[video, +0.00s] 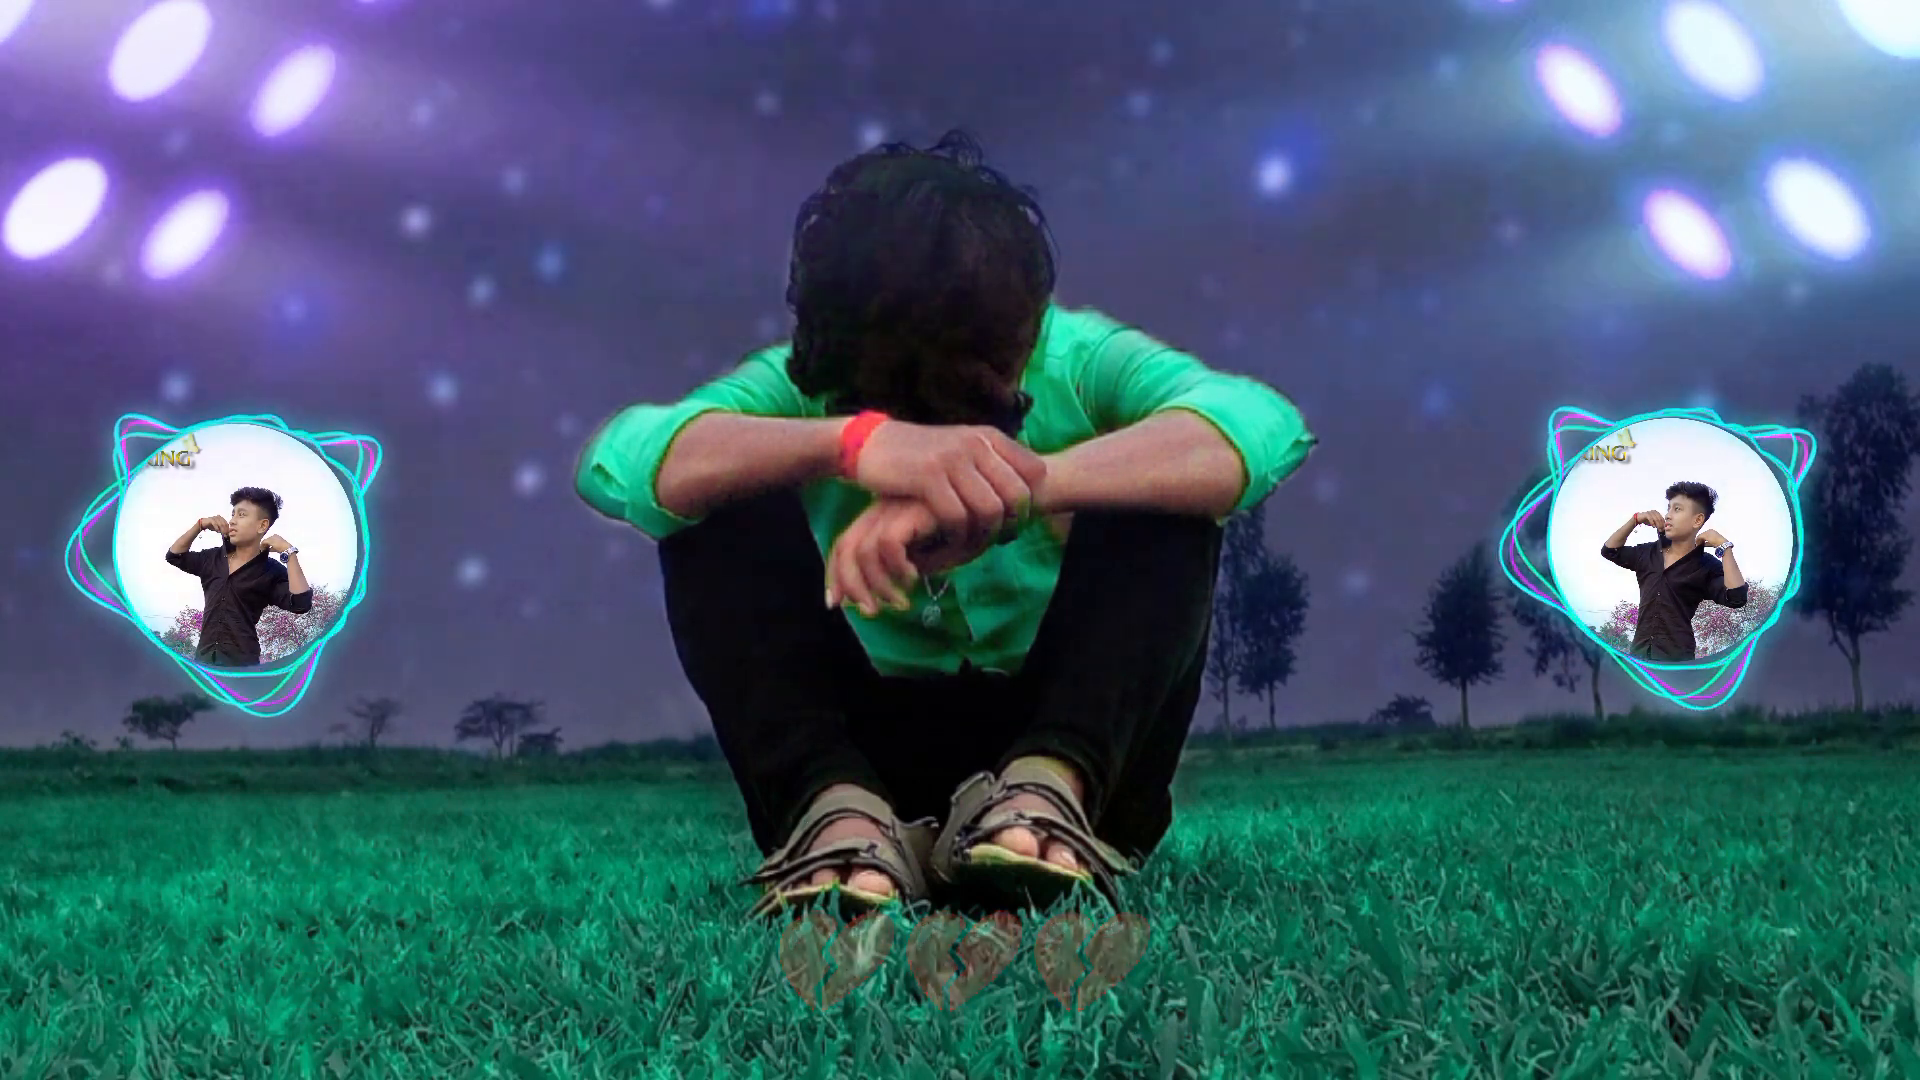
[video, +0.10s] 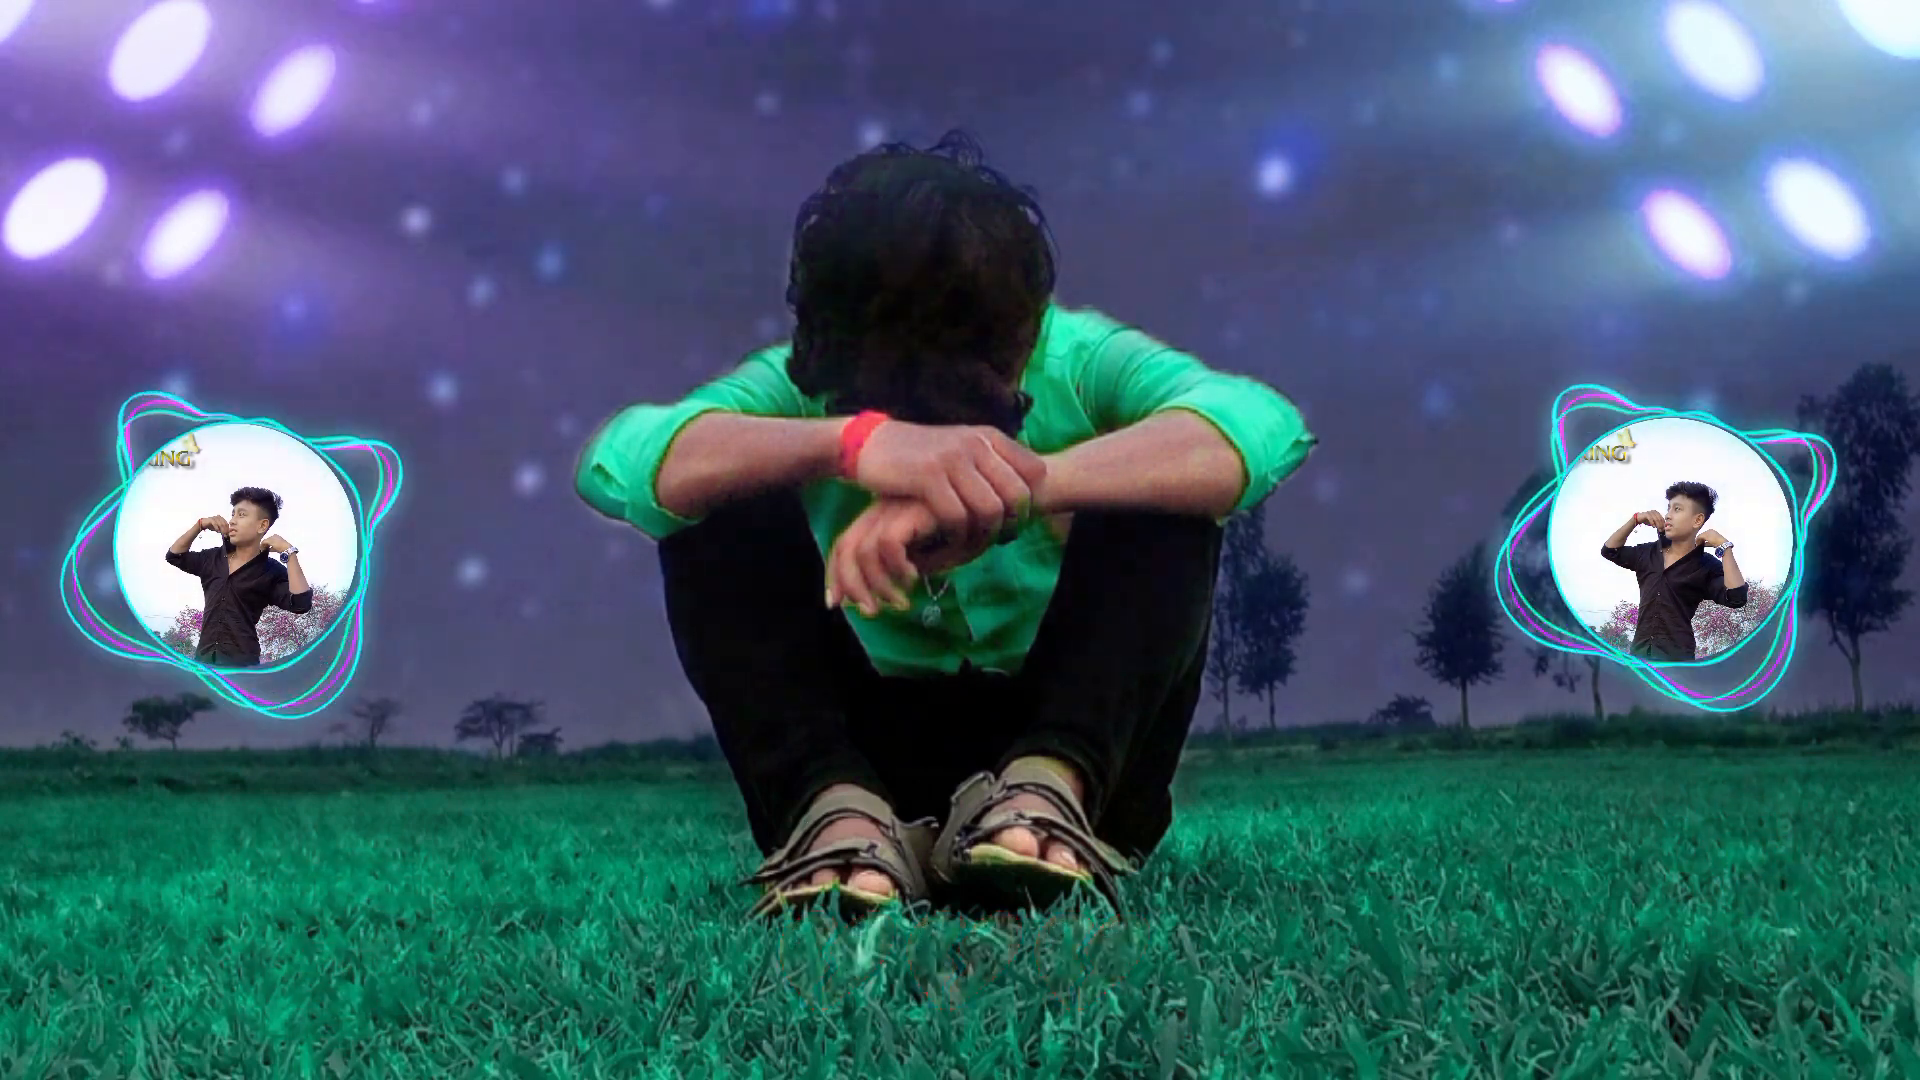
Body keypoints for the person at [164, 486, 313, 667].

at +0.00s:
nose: (232, 521)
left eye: (242, 515)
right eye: (233, 514)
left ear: (263, 525)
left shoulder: (270, 569)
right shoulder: (212, 558)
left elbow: (301, 604)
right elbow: (174, 556)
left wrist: (290, 553)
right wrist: (199, 526)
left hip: (242, 661)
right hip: (204, 658)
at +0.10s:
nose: (232, 521)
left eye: (242, 515)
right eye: (233, 514)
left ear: (263, 525)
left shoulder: (270, 569)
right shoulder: (212, 558)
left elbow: (301, 604)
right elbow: (174, 556)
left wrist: (289, 553)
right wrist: (199, 526)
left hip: (242, 661)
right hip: (204, 658)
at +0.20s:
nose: (232, 521)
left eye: (242, 515)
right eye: (233, 514)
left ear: (263, 525)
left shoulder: (270, 569)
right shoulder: (212, 558)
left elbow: (301, 604)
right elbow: (174, 556)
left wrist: (290, 553)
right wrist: (199, 526)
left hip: (242, 661)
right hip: (204, 657)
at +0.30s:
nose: (232, 521)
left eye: (241, 515)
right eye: (233, 514)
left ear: (263, 525)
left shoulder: (270, 570)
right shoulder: (212, 558)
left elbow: (301, 604)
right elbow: (174, 556)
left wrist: (290, 553)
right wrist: (199, 526)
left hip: (242, 662)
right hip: (204, 658)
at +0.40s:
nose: (232, 521)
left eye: (242, 515)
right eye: (233, 514)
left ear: (263, 525)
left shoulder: (270, 569)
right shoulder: (212, 558)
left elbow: (301, 604)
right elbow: (174, 556)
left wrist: (290, 553)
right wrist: (199, 526)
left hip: (242, 661)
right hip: (204, 657)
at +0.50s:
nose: (232, 521)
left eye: (242, 515)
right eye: (233, 514)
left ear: (263, 525)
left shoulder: (270, 569)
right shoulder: (212, 558)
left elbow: (301, 605)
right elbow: (174, 556)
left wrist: (290, 553)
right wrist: (199, 526)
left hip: (242, 661)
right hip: (204, 657)